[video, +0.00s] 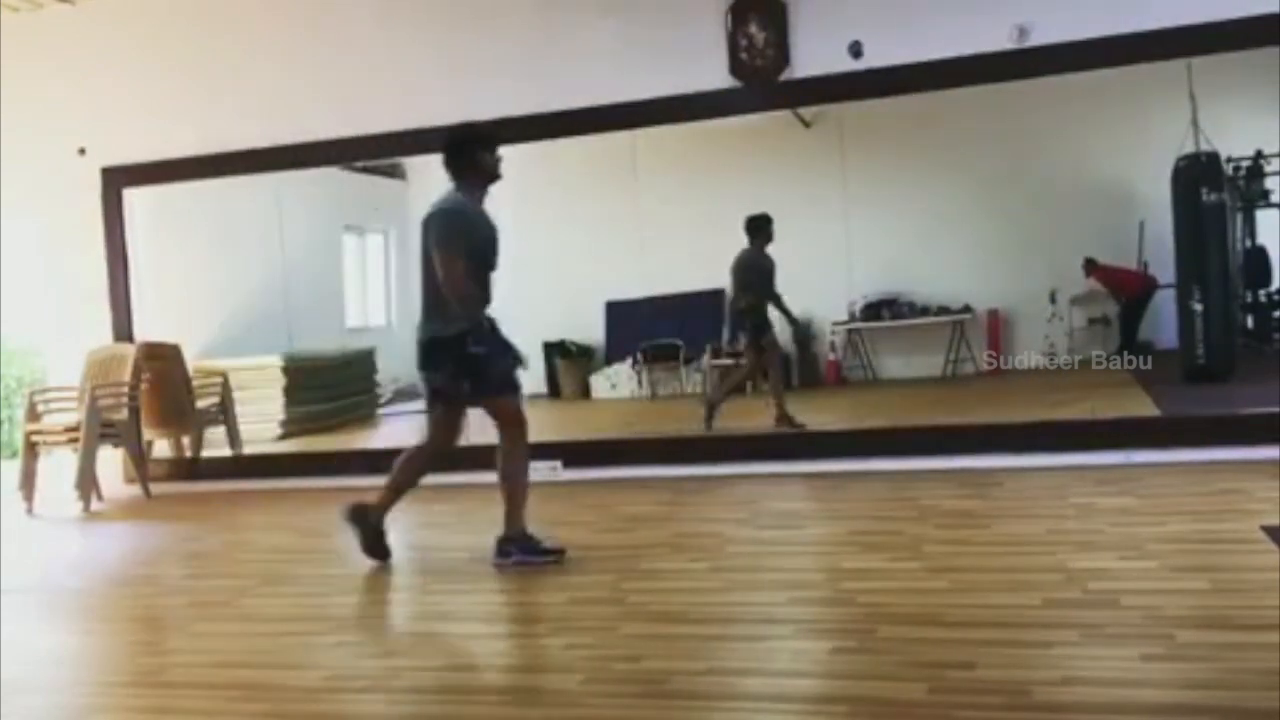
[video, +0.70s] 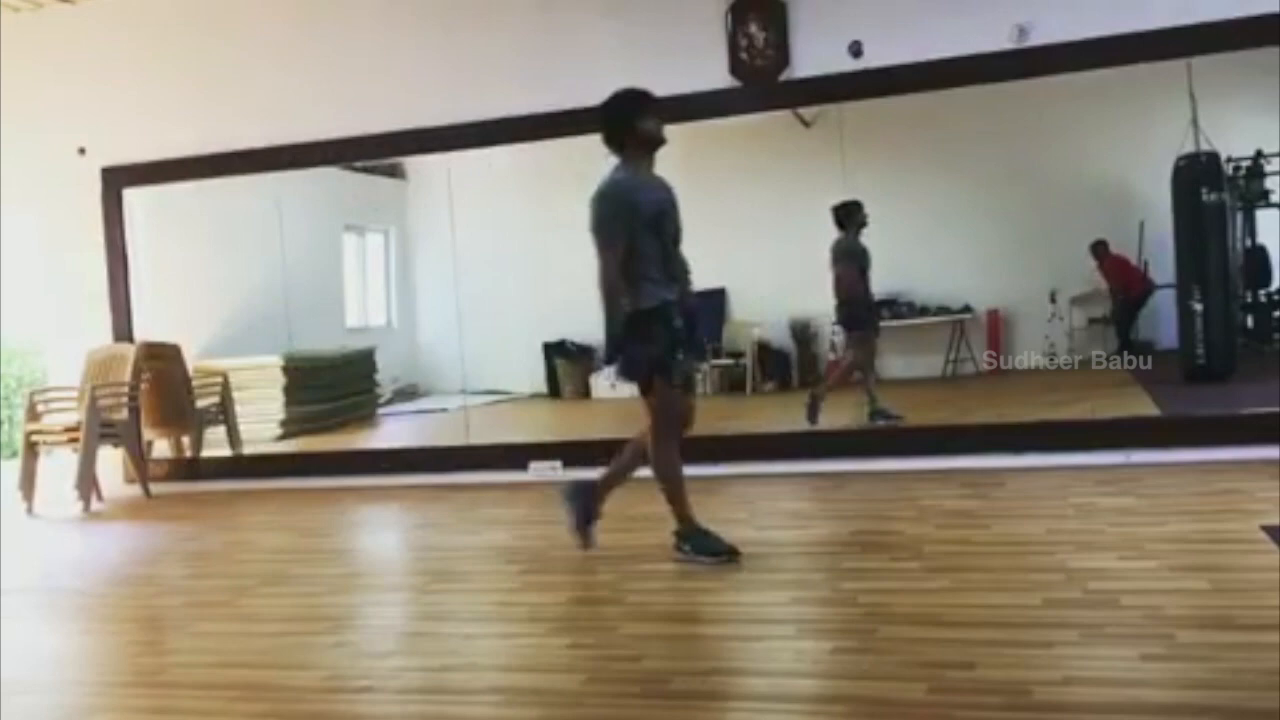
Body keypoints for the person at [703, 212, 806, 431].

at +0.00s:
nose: (773, 234)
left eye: (771, 229)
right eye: (769, 230)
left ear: (752, 233)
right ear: (762, 233)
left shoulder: (742, 259)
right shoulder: (759, 261)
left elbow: (771, 295)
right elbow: (770, 294)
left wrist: (792, 320)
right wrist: (793, 320)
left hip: (749, 315)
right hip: (753, 315)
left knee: (752, 365)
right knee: (774, 357)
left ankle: (714, 400)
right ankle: (781, 412)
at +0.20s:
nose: (796, 225)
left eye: (795, 220)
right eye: (792, 221)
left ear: (777, 225)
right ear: (785, 224)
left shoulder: (786, 251)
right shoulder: (775, 252)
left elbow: (785, 289)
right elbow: (776, 292)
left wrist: (793, 316)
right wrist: (791, 317)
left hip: (782, 311)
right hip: (777, 312)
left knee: (783, 360)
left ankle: (784, 408)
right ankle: (782, 407)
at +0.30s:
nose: (805, 223)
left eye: (804, 219)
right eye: (802, 219)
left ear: (786, 224)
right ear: (795, 223)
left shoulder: (795, 251)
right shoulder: (784, 253)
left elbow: (791, 291)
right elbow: (787, 293)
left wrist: (804, 315)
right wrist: (805, 317)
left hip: (796, 313)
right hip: (786, 314)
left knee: (815, 357)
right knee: (783, 362)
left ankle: (813, 407)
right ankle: (781, 411)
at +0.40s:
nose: (824, 226)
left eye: (823, 222)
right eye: (820, 222)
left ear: (805, 227)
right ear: (812, 226)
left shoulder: (810, 253)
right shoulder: (804, 255)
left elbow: (812, 293)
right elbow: (810, 295)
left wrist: (837, 309)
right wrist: (837, 310)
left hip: (807, 313)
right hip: (805, 314)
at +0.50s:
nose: (834, 225)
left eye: (832, 221)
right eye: (830, 222)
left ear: (815, 227)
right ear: (821, 226)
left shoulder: (823, 254)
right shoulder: (812, 255)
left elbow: (826, 293)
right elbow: (820, 294)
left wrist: (852, 312)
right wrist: (853, 312)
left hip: (826, 314)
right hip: (811, 316)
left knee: (847, 356)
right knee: (799, 363)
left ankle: (869, 406)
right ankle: (785, 411)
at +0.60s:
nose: (856, 220)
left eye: (854, 216)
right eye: (851, 216)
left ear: (839, 223)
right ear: (841, 221)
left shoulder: (848, 250)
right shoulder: (834, 249)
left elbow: (850, 286)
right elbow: (838, 286)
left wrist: (861, 310)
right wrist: (853, 310)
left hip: (854, 310)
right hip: (841, 312)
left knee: (863, 360)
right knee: (836, 362)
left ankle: (874, 407)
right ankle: (801, 399)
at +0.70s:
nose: (866, 219)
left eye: (864, 214)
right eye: (862, 215)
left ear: (845, 221)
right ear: (852, 220)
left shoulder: (845, 246)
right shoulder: (851, 248)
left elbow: (855, 284)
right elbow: (854, 284)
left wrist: (868, 307)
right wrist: (868, 309)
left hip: (854, 309)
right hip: (856, 310)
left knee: (865, 358)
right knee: (856, 357)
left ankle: (874, 405)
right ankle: (820, 393)